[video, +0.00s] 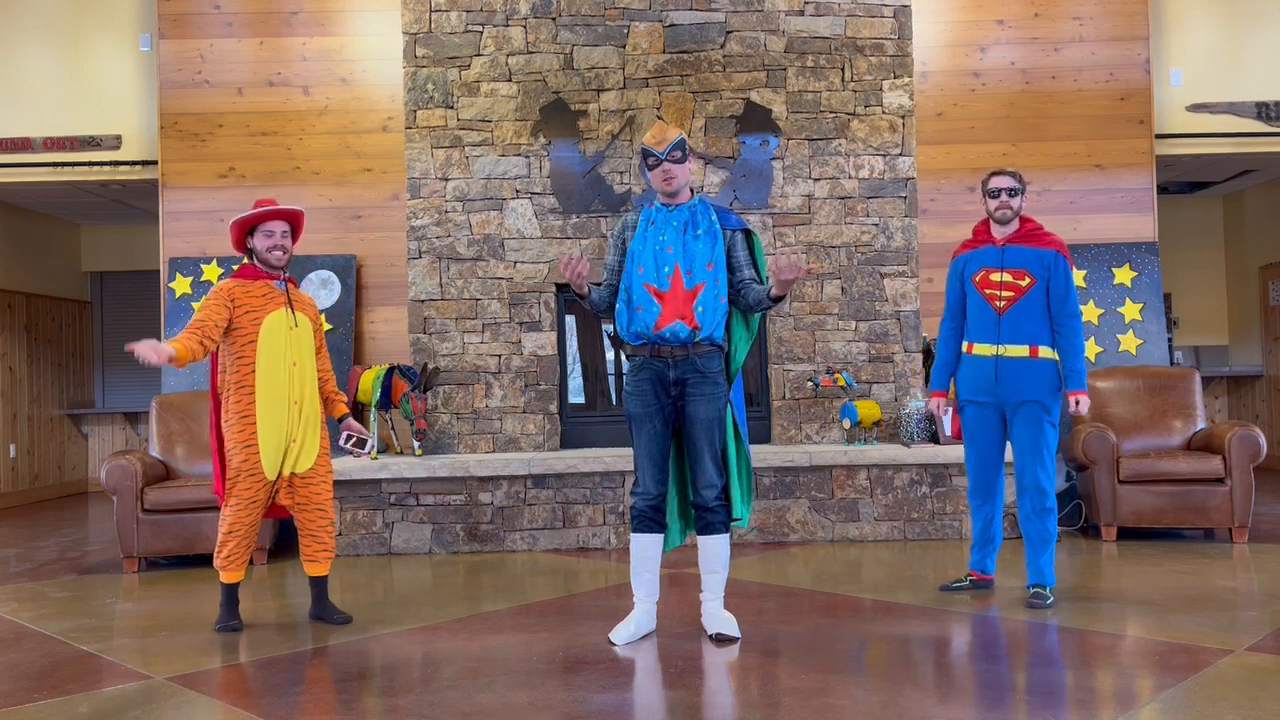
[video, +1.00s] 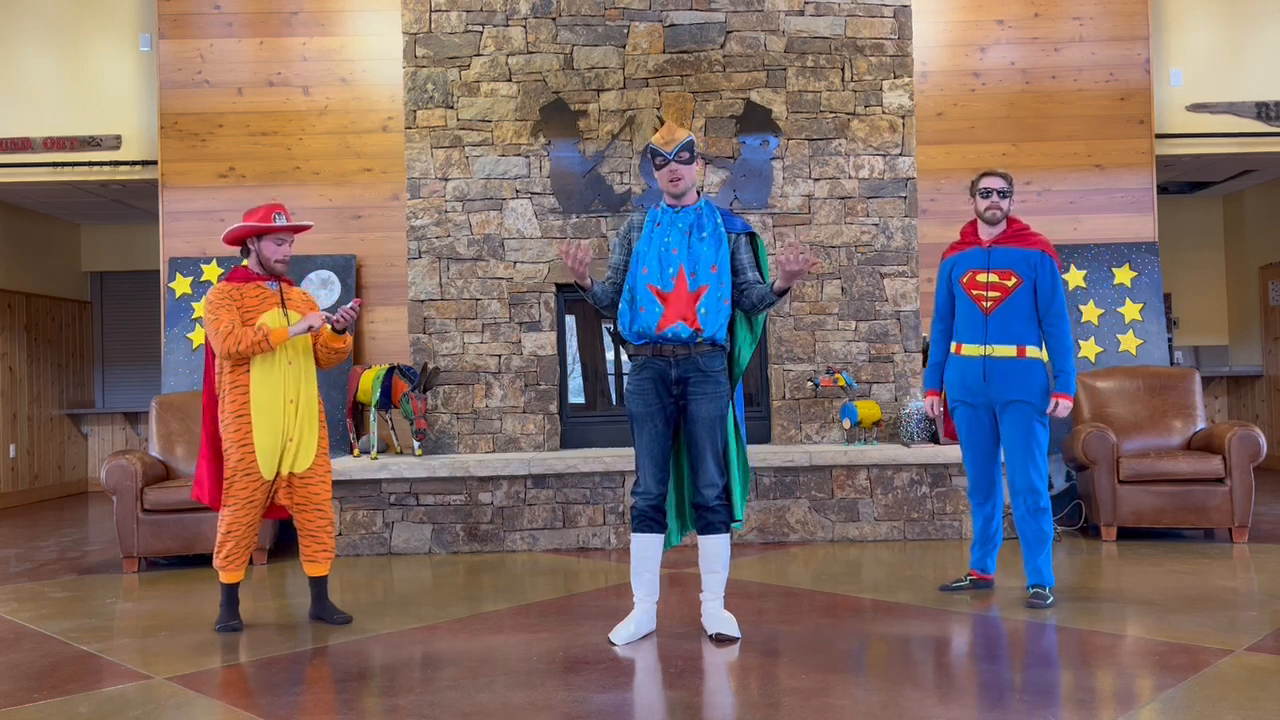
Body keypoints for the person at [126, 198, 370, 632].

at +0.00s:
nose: (278, 242)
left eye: (285, 235)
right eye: (268, 235)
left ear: (293, 243)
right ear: (250, 243)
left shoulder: (305, 302)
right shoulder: (230, 293)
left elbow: (321, 367)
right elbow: (199, 336)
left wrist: (343, 415)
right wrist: (169, 351)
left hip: (304, 420)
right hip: (250, 422)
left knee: (318, 502)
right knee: (244, 505)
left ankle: (321, 600)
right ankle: (229, 605)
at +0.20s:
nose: (289, 249)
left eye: (292, 240)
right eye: (279, 241)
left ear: (294, 243)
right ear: (254, 246)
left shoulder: (305, 300)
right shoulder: (229, 294)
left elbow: (328, 363)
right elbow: (201, 338)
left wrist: (355, 399)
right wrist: (205, 283)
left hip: (304, 422)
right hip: (250, 425)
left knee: (318, 504)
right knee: (243, 506)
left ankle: (321, 601)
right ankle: (229, 606)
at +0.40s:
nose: (291, 250)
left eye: (293, 243)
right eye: (283, 242)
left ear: (292, 248)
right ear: (257, 246)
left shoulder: (302, 300)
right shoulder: (225, 293)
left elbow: (327, 352)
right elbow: (227, 331)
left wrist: (361, 361)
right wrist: (266, 279)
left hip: (304, 425)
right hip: (248, 427)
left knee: (316, 503)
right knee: (242, 506)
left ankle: (321, 601)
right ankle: (229, 606)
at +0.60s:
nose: (292, 249)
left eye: (294, 241)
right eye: (282, 241)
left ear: (293, 245)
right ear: (255, 245)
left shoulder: (299, 296)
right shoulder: (225, 295)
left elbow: (325, 354)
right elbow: (231, 337)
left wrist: (347, 337)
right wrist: (289, 316)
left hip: (303, 423)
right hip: (249, 427)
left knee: (317, 504)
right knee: (242, 508)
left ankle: (320, 601)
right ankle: (229, 606)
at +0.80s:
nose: (290, 249)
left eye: (292, 242)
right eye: (280, 242)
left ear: (293, 245)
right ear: (255, 245)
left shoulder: (301, 298)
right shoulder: (224, 296)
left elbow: (325, 356)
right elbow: (230, 342)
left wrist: (339, 329)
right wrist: (290, 328)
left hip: (304, 420)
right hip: (249, 424)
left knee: (317, 502)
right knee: (242, 507)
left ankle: (321, 600)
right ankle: (229, 606)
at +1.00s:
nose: (288, 250)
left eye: (290, 242)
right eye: (279, 242)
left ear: (291, 246)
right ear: (253, 245)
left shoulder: (301, 298)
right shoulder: (224, 295)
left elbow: (325, 356)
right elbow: (230, 343)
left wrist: (342, 331)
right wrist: (295, 330)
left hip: (303, 420)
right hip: (249, 423)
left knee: (316, 502)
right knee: (242, 505)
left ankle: (320, 600)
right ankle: (229, 606)